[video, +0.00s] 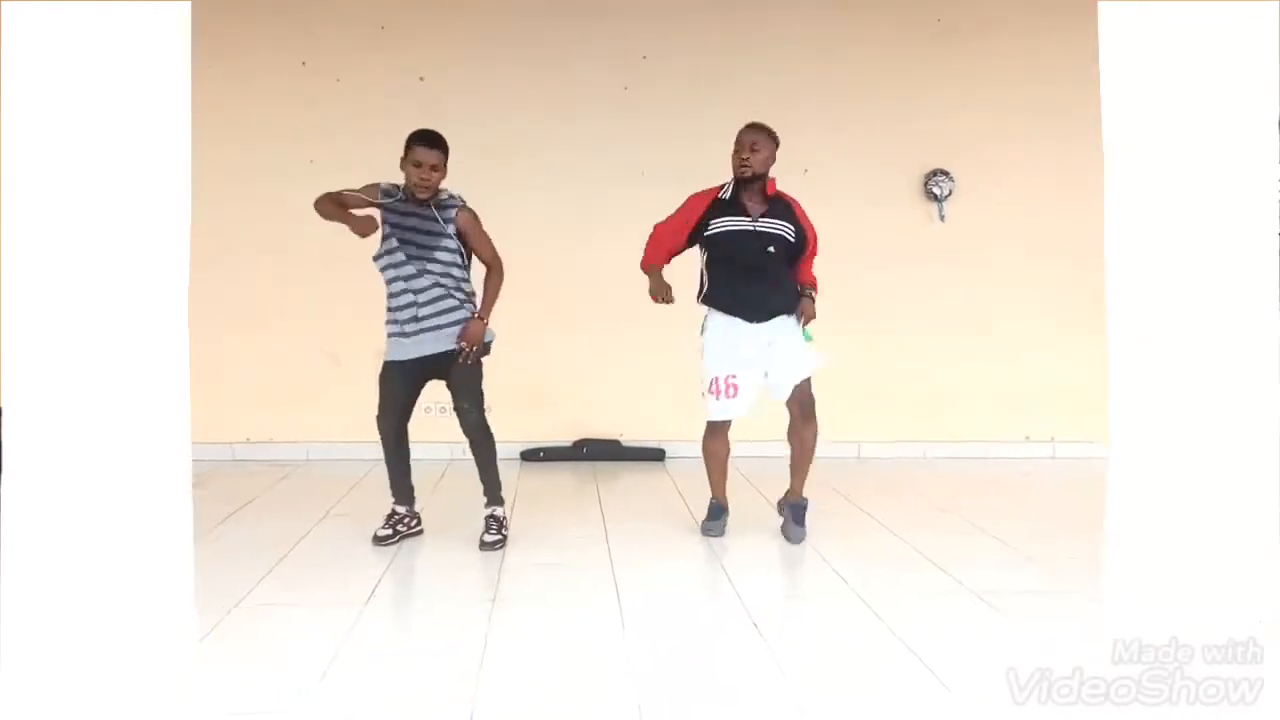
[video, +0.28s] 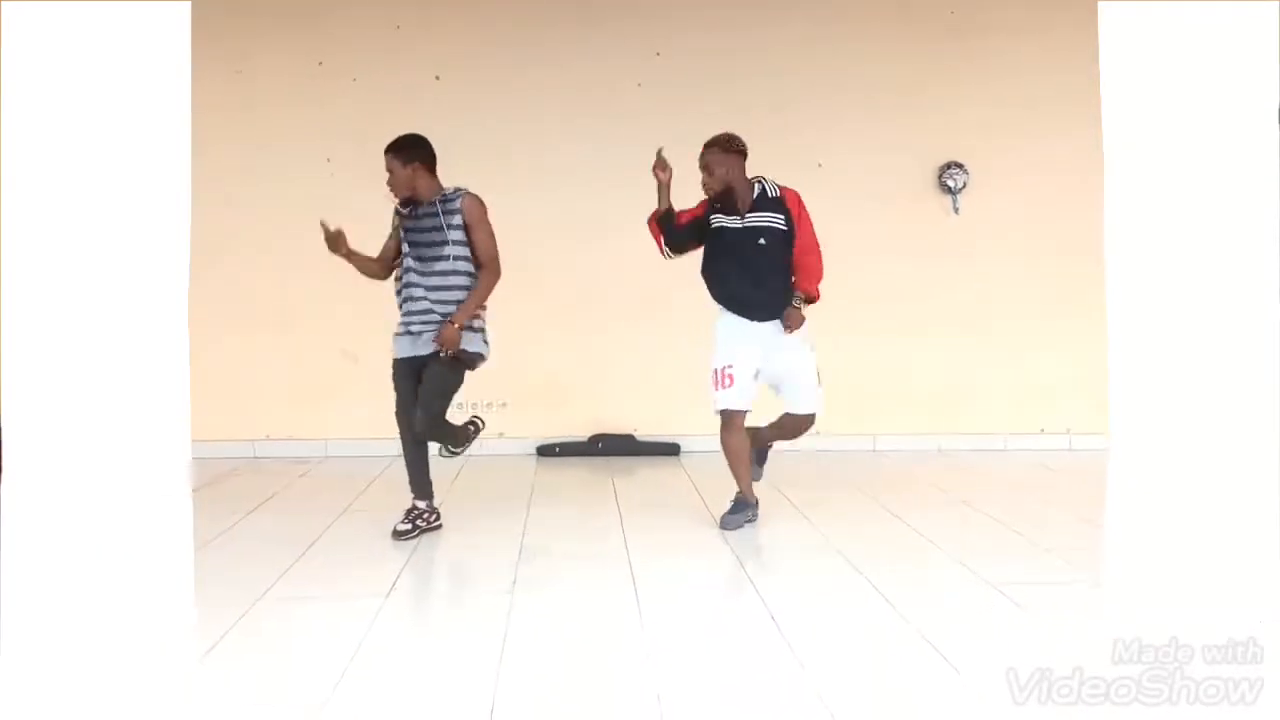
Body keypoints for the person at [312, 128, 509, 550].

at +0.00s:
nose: (426, 175)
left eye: (435, 168)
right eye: (418, 166)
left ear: (445, 169)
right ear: (403, 164)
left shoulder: (458, 214)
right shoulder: (383, 196)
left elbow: (495, 267)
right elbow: (323, 202)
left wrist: (481, 319)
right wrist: (348, 215)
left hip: (455, 338)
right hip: (404, 343)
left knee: (472, 419)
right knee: (390, 423)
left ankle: (495, 508)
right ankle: (404, 511)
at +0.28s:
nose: (387, 181)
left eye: (391, 172)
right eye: (386, 173)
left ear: (417, 169)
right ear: (413, 171)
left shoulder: (465, 205)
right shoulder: (406, 214)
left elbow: (491, 270)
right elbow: (381, 269)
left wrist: (457, 322)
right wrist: (346, 253)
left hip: (455, 334)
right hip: (410, 335)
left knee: (426, 419)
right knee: (407, 419)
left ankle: (460, 438)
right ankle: (423, 506)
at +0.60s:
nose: (443, 151)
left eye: (452, 144)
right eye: (437, 144)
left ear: (473, 149)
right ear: (432, 146)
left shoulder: (489, 201)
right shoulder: (422, 175)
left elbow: (513, 260)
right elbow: (378, 154)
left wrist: (486, 301)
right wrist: (395, 100)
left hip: (446, 310)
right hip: (401, 312)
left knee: (464, 407)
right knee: (405, 408)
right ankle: (424, 492)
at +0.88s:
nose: (470, 169)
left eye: (479, 161)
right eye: (461, 161)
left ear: (489, 167)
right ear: (449, 165)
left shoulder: (500, 217)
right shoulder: (424, 213)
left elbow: (520, 264)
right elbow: (396, 276)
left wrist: (541, 293)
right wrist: (388, 336)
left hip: (486, 342)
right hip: (431, 340)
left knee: (511, 411)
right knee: (387, 406)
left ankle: (515, 494)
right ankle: (401, 488)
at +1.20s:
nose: (458, 181)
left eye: (467, 173)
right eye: (452, 173)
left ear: (486, 171)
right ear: (446, 171)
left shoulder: (508, 203)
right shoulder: (436, 216)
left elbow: (550, 253)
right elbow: (415, 267)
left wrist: (516, 297)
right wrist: (385, 316)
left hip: (508, 333)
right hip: (457, 329)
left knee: (510, 417)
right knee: (404, 392)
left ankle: (520, 493)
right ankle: (421, 492)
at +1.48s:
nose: (475, 168)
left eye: (484, 161)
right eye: (469, 160)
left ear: (501, 163)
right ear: (461, 160)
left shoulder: (522, 197)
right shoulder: (449, 206)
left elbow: (554, 250)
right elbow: (443, 260)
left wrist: (523, 290)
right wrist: (429, 310)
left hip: (509, 326)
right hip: (459, 329)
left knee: (518, 409)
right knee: (448, 411)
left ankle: (526, 487)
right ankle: (469, 483)